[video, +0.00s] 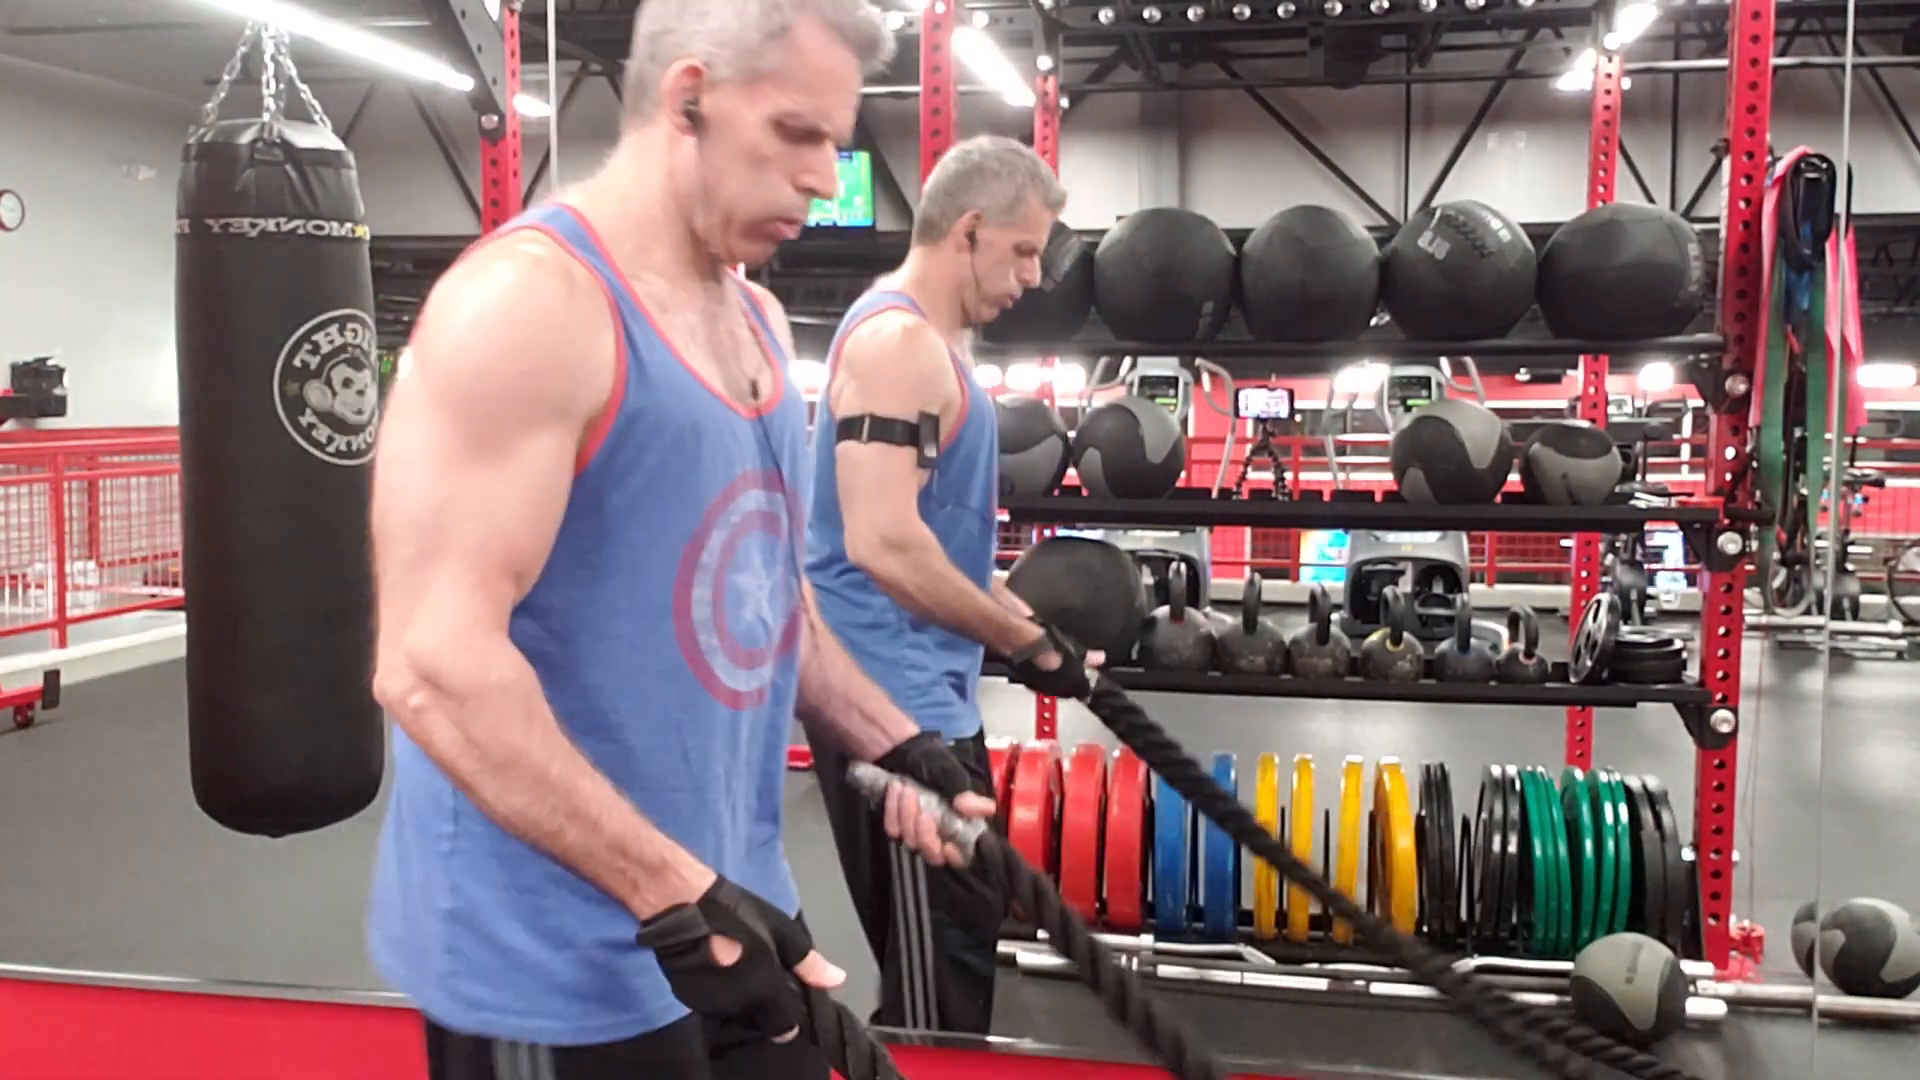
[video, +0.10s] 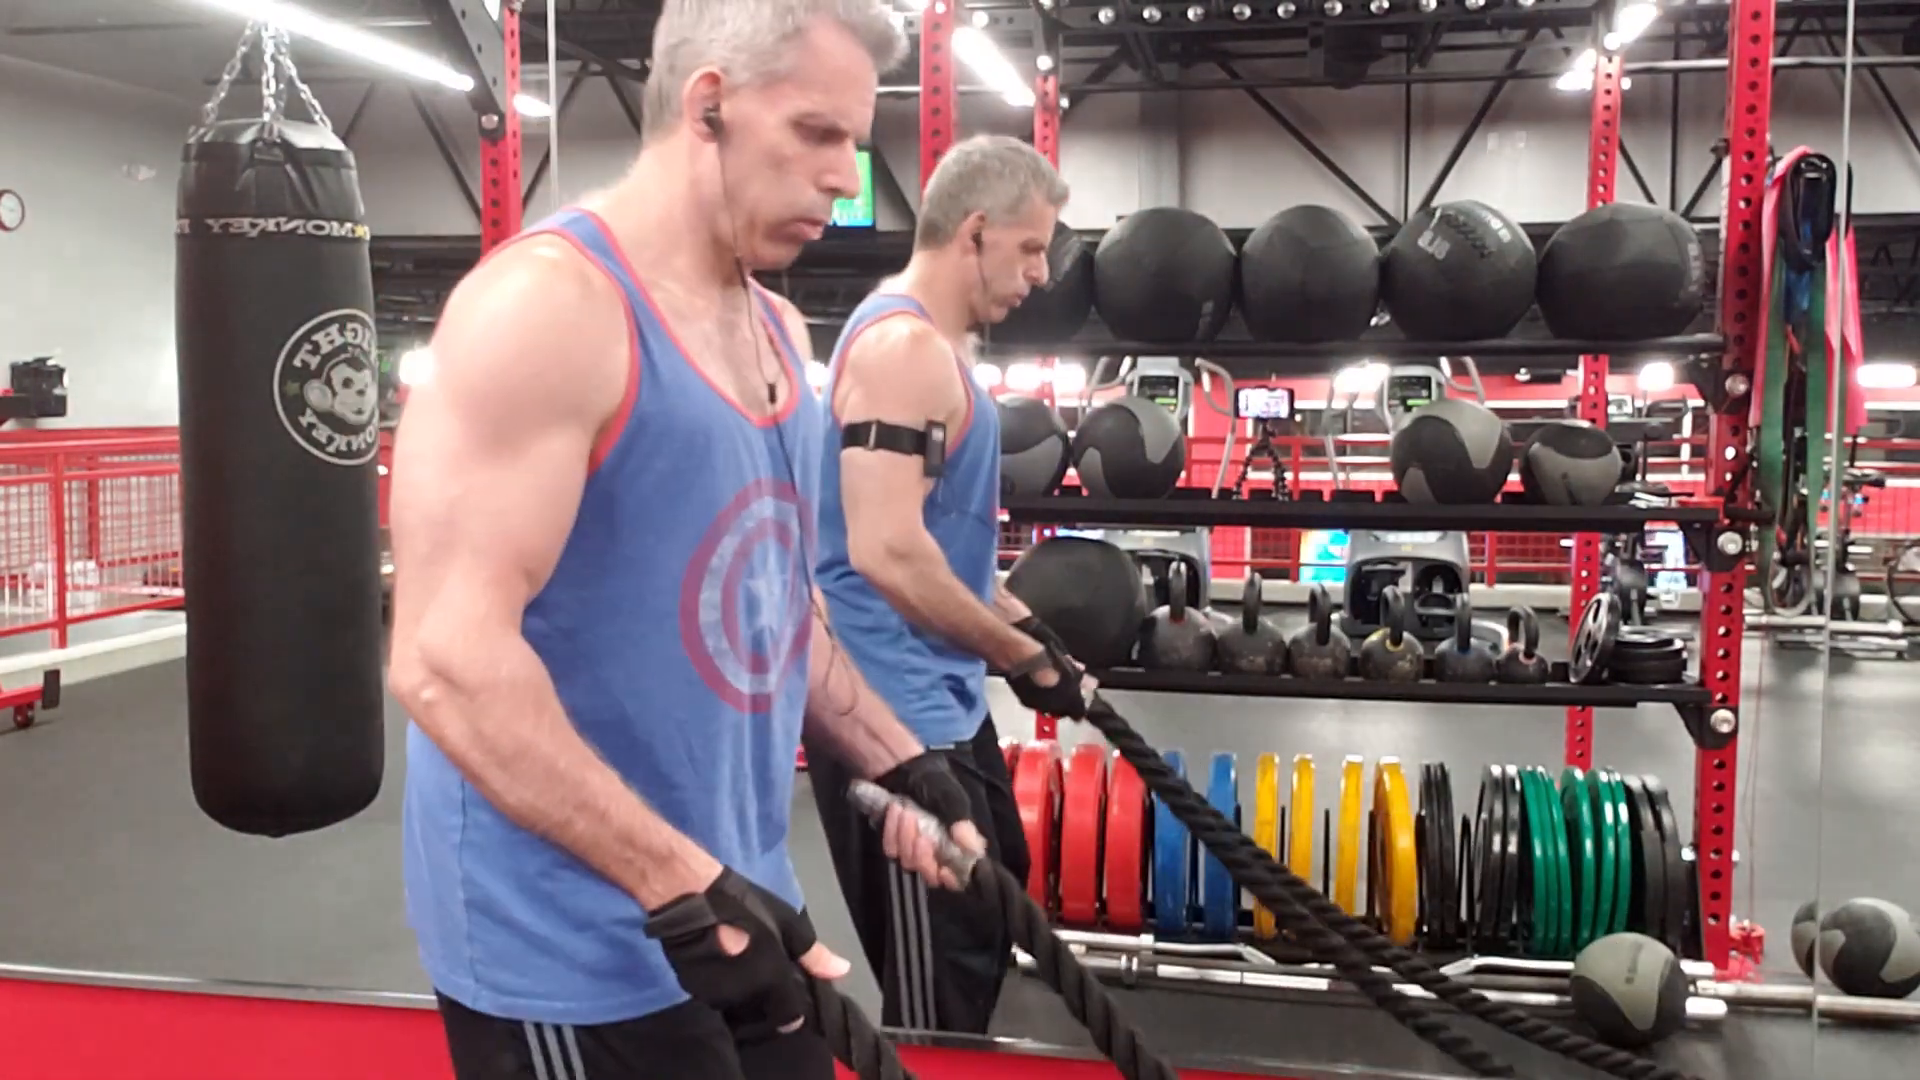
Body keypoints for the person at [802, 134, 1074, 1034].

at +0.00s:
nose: (1033, 277)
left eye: (1039, 257)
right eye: (1024, 252)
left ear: (970, 234)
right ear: (966, 231)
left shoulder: (923, 338)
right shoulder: (899, 339)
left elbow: (923, 535)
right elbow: (883, 539)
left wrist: (1020, 623)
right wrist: (1023, 638)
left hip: (925, 712)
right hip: (898, 720)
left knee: (943, 989)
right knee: (940, 995)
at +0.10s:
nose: (1041, 274)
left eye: (1045, 253)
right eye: (1032, 249)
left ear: (975, 235)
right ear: (972, 232)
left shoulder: (929, 344)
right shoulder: (904, 345)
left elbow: (926, 537)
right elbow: (887, 548)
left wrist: (1007, 616)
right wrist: (1024, 659)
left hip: (942, 710)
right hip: (901, 721)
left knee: (978, 955)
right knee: (941, 976)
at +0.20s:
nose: (1047, 269)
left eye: (1051, 248)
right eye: (1037, 244)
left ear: (982, 236)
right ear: (978, 233)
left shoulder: (935, 345)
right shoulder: (908, 348)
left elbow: (928, 539)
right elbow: (887, 552)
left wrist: (1012, 624)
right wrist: (1018, 666)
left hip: (944, 724)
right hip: (899, 735)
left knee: (976, 975)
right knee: (939, 1000)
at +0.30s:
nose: (1052, 265)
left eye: (1055, 243)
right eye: (1041, 240)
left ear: (985, 236)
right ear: (981, 232)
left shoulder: (940, 348)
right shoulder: (911, 350)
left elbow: (944, 549)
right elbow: (889, 553)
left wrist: (1031, 645)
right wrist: (1019, 670)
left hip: (940, 725)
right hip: (899, 734)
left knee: (969, 991)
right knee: (937, 1009)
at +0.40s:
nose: (1055, 263)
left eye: (1057, 241)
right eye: (1043, 238)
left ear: (988, 236)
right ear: (984, 232)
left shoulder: (941, 347)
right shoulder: (916, 352)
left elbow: (934, 542)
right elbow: (892, 556)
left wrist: (1018, 632)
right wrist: (1022, 672)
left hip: (930, 723)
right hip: (898, 732)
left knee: (962, 988)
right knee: (941, 1000)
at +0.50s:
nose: (1056, 262)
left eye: (1057, 240)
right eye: (1043, 238)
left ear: (988, 239)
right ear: (985, 235)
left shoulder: (942, 350)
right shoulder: (917, 354)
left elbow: (934, 544)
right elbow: (891, 556)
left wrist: (1020, 639)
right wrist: (1018, 678)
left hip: (928, 719)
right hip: (901, 728)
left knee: (961, 976)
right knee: (951, 984)